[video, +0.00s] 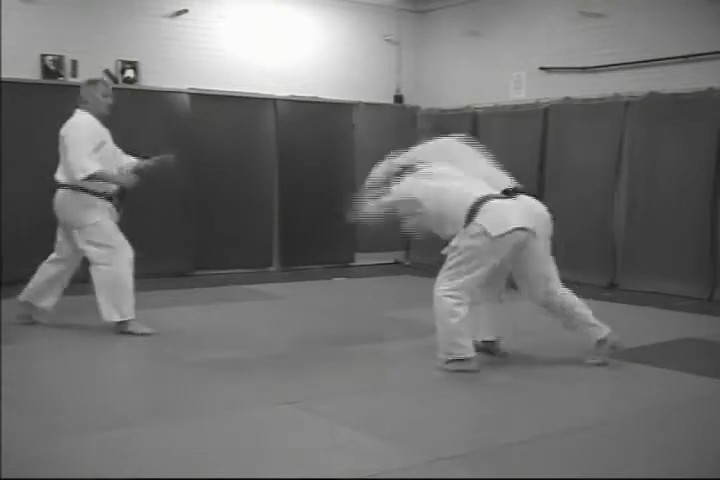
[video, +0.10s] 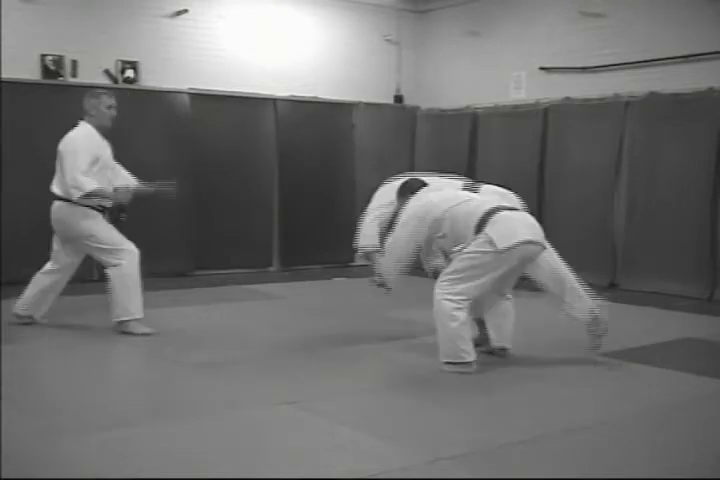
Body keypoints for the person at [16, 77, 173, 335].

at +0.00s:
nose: (110, 101)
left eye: (110, 96)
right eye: (105, 96)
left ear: (94, 99)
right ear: (89, 97)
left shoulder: (93, 126)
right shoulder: (80, 125)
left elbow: (116, 159)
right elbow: (82, 169)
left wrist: (146, 164)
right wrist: (117, 178)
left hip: (83, 199)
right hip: (82, 201)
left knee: (65, 257)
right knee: (118, 253)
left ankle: (30, 305)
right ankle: (124, 320)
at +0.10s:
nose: (114, 113)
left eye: (115, 108)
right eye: (109, 108)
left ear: (96, 110)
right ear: (92, 108)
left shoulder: (97, 141)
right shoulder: (78, 139)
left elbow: (113, 172)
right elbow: (76, 182)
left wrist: (143, 188)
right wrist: (111, 194)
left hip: (79, 211)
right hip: (74, 211)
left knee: (61, 266)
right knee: (125, 254)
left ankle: (23, 311)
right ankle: (128, 320)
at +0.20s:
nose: (123, 116)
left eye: (123, 111)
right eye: (118, 111)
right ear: (100, 112)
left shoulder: (108, 147)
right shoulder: (83, 142)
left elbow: (120, 185)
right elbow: (75, 186)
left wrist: (146, 201)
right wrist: (112, 202)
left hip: (90, 214)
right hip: (75, 213)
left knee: (65, 264)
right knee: (128, 254)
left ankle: (27, 312)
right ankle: (132, 320)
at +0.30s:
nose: (144, 113)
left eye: (144, 108)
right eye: (139, 107)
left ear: (141, 112)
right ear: (122, 109)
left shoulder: (134, 145)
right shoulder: (103, 139)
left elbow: (138, 182)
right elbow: (86, 178)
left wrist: (151, 195)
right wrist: (119, 195)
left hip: (107, 211)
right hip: (90, 209)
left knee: (66, 263)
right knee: (137, 258)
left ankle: (28, 309)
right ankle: (137, 323)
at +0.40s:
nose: (159, 108)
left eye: (159, 102)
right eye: (155, 102)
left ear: (153, 105)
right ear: (138, 103)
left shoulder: (149, 139)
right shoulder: (119, 134)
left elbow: (153, 177)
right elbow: (103, 175)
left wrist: (162, 191)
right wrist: (134, 193)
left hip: (120, 208)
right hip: (105, 206)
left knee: (82, 259)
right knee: (141, 261)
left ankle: (42, 303)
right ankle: (138, 324)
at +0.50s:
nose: (185, 95)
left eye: (184, 89)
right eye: (180, 89)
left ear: (168, 91)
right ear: (165, 90)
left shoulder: (164, 122)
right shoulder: (144, 118)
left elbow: (161, 164)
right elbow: (130, 164)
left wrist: (176, 179)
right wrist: (166, 178)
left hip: (144, 198)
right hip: (130, 197)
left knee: (121, 255)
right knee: (141, 259)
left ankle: (78, 302)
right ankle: (138, 322)